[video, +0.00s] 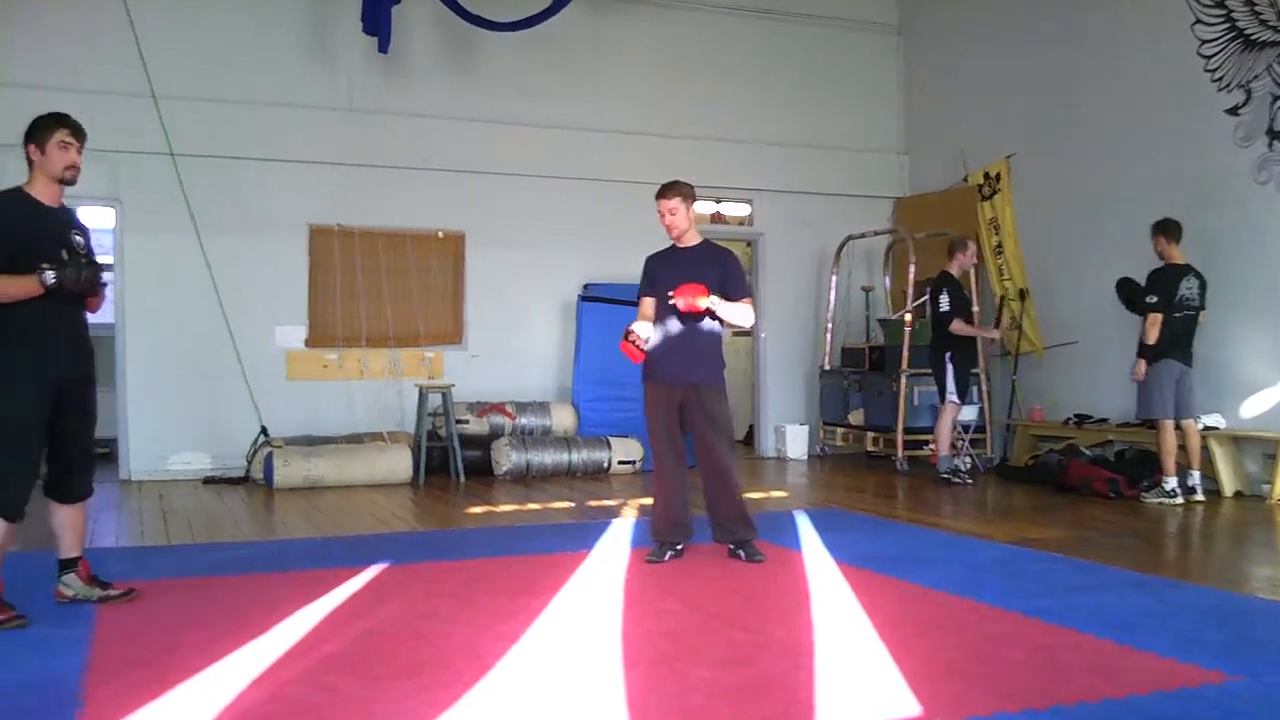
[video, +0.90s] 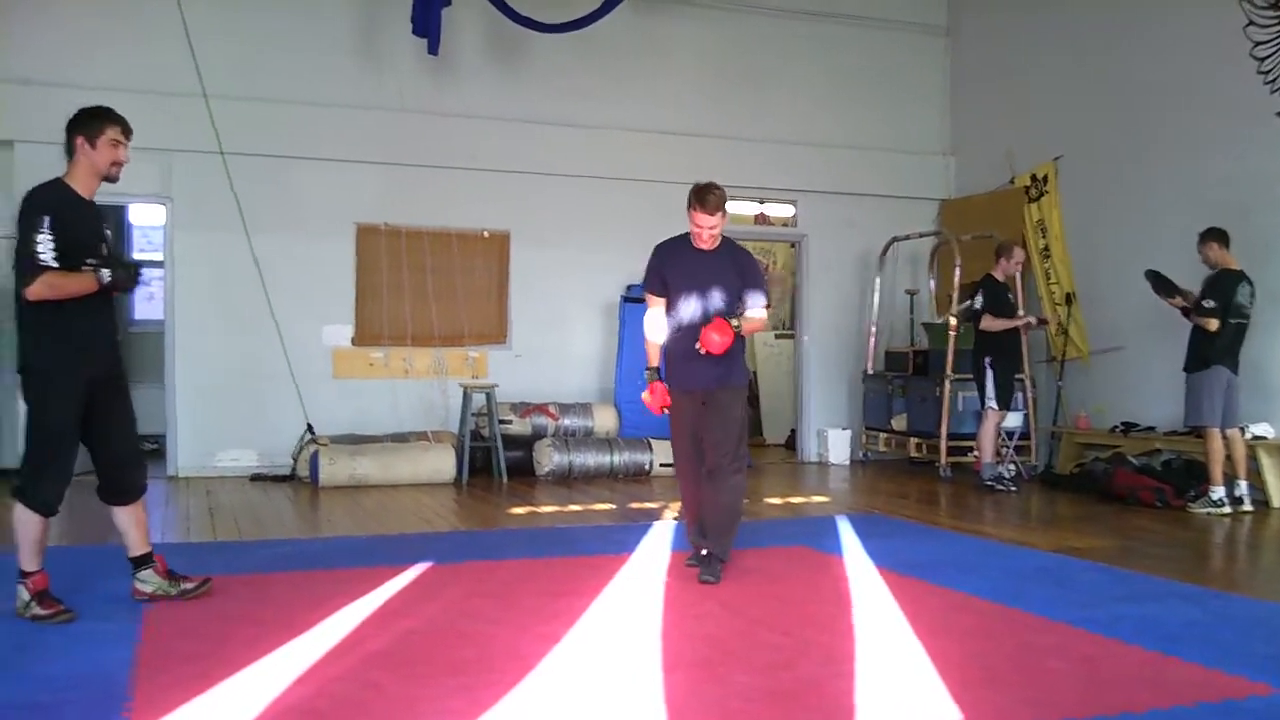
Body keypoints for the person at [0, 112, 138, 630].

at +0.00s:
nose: (75, 156)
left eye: (79, 149)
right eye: (65, 147)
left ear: (77, 158)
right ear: (34, 152)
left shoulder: (74, 226)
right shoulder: (6, 209)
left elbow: (93, 302)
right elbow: (0, 288)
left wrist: (89, 280)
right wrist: (48, 278)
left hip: (72, 366)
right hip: (16, 367)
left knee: (72, 469)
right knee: (11, 477)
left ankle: (73, 575)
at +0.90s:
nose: (123, 156)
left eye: (125, 148)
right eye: (116, 146)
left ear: (99, 150)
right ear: (83, 144)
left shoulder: (96, 215)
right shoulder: (43, 202)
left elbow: (88, 278)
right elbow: (36, 287)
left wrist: (117, 274)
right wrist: (104, 278)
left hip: (101, 364)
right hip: (53, 367)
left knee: (124, 466)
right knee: (45, 472)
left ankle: (147, 573)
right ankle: (31, 588)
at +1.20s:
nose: (189, 157)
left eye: (192, 150)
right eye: (181, 147)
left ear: (181, 156)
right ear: (150, 149)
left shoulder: (171, 221)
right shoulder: (115, 205)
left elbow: (173, 295)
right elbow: (105, 284)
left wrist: (195, 283)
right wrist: (172, 275)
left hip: (177, 365)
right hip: (130, 365)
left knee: (178, 465)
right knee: (111, 467)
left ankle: (180, 573)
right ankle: (70, 579)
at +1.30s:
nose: (200, 161)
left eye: (204, 154)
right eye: (192, 151)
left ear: (202, 161)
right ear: (163, 152)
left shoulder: (187, 219)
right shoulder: (124, 207)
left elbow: (187, 298)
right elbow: (111, 282)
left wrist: (204, 287)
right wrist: (179, 274)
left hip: (188, 367)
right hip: (140, 366)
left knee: (179, 469)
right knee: (121, 468)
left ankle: (175, 572)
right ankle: (68, 575)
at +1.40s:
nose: (212, 163)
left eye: (217, 156)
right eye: (203, 151)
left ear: (218, 163)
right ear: (176, 152)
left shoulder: (202, 225)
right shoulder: (136, 203)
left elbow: (210, 305)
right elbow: (116, 277)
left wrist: (214, 284)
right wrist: (186, 272)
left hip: (197, 363)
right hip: (150, 361)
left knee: (186, 468)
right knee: (141, 466)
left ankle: (176, 571)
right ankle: (79, 568)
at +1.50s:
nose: (224, 163)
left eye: (230, 156)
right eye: (216, 152)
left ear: (231, 165)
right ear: (189, 152)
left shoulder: (215, 226)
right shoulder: (147, 201)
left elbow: (223, 305)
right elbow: (122, 272)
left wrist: (223, 281)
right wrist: (188, 271)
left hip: (204, 359)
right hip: (156, 355)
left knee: (192, 467)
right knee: (159, 462)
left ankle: (176, 569)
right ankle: (98, 561)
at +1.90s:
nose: (219, 104)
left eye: (224, 97)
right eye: (210, 93)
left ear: (224, 104)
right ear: (182, 94)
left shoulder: (212, 166)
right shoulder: (138, 142)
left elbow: (225, 244)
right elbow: (113, 216)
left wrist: (221, 227)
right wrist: (183, 213)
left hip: (197, 301)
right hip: (150, 298)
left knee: (184, 405)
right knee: (164, 403)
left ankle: (154, 508)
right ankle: (178, 520)